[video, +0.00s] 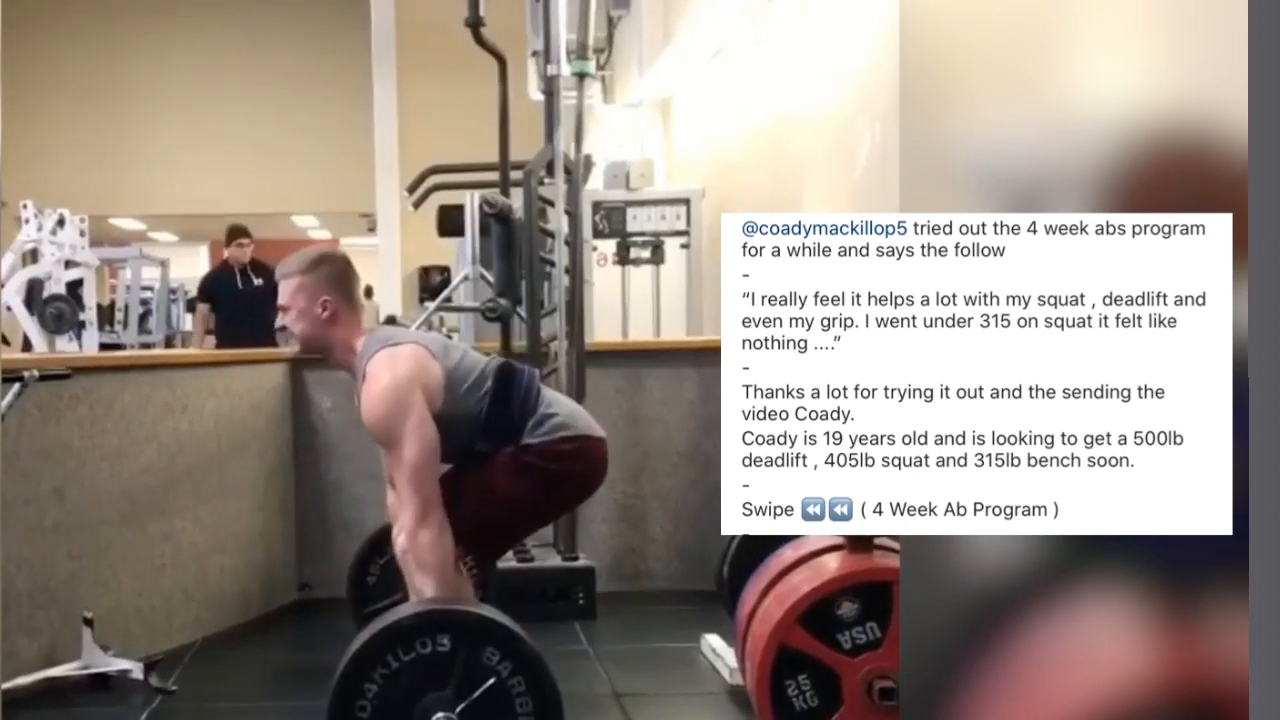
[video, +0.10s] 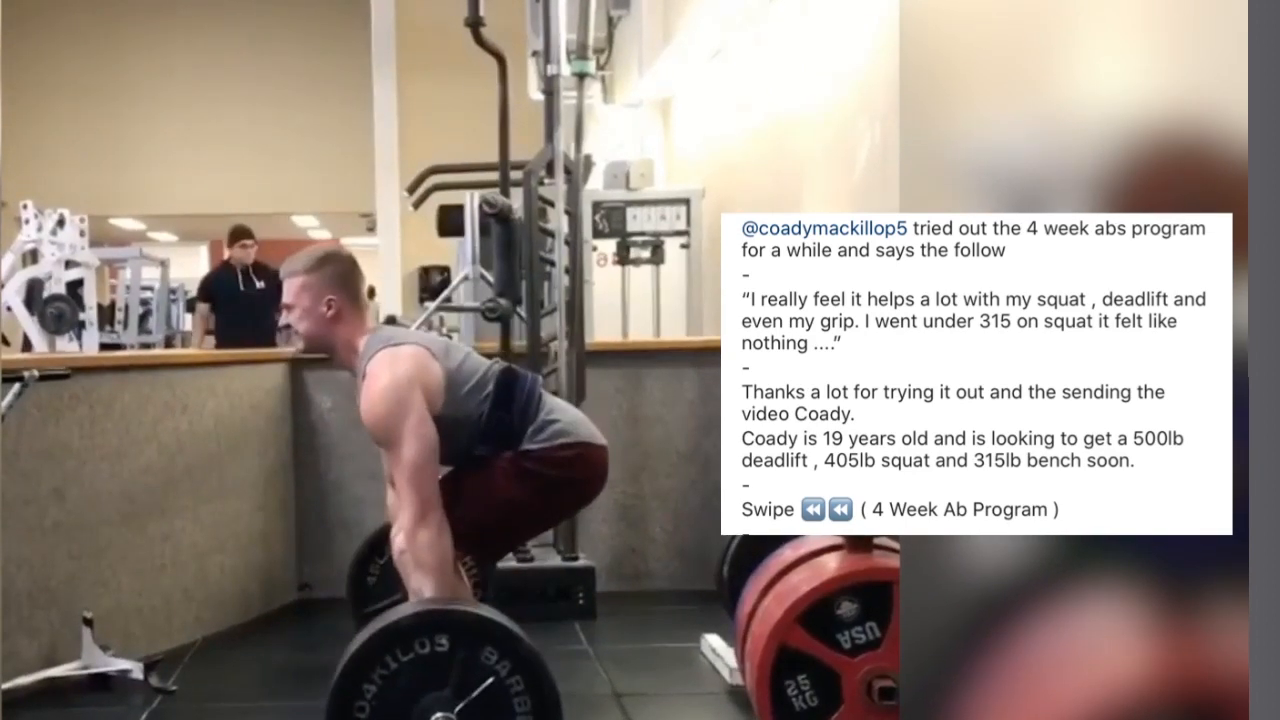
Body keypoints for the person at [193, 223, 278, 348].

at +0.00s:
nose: (245, 250)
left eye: (248, 245)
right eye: (239, 245)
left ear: (253, 246)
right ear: (227, 248)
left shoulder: (265, 272)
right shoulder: (213, 279)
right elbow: (201, 317)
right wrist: (195, 350)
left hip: (266, 353)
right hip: (229, 355)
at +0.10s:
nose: (249, 251)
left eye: (252, 246)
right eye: (243, 246)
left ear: (256, 247)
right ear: (230, 249)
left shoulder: (269, 275)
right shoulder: (214, 279)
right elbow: (201, 316)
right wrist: (194, 350)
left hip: (266, 355)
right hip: (228, 357)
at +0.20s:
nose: (255, 253)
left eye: (258, 247)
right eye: (249, 248)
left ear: (263, 248)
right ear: (235, 249)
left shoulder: (273, 277)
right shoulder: (218, 279)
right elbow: (203, 315)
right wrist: (195, 353)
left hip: (267, 358)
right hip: (230, 360)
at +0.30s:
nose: (262, 252)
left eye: (266, 246)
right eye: (256, 246)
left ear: (269, 247)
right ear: (242, 247)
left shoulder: (277, 276)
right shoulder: (223, 275)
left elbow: (288, 315)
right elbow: (206, 314)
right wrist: (198, 351)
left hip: (271, 357)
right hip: (232, 359)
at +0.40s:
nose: (270, 250)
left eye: (273, 245)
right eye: (264, 245)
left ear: (277, 244)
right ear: (250, 244)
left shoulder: (280, 272)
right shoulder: (228, 272)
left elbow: (290, 310)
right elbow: (210, 309)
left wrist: (297, 345)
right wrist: (203, 346)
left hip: (275, 354)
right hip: (237, 355)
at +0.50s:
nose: (274, 248)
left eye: (277, 243)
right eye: (268, 243)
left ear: (281, 243)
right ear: (255, 242)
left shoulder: (283, 269)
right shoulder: (233, 269)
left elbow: (295, 309)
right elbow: (213, 308)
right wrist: (206, 346)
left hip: (279, 352)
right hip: (241, 355)